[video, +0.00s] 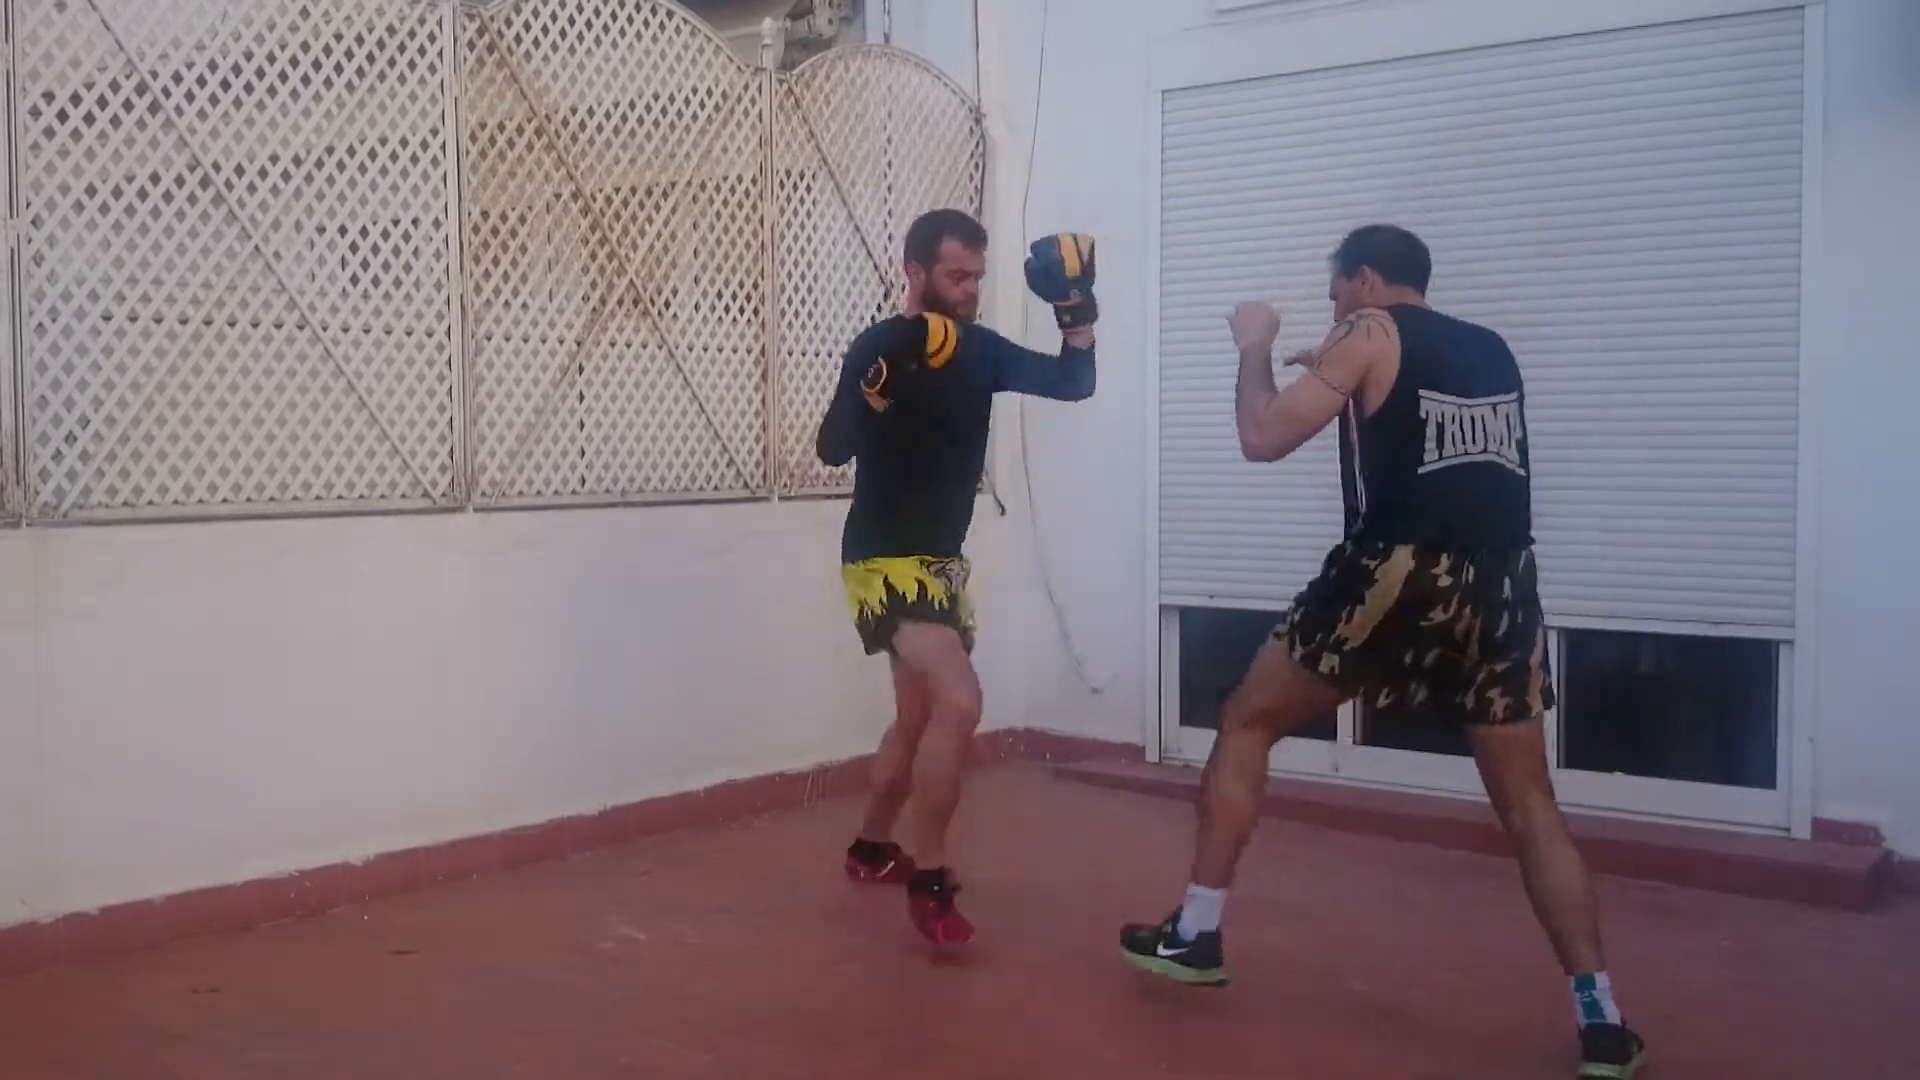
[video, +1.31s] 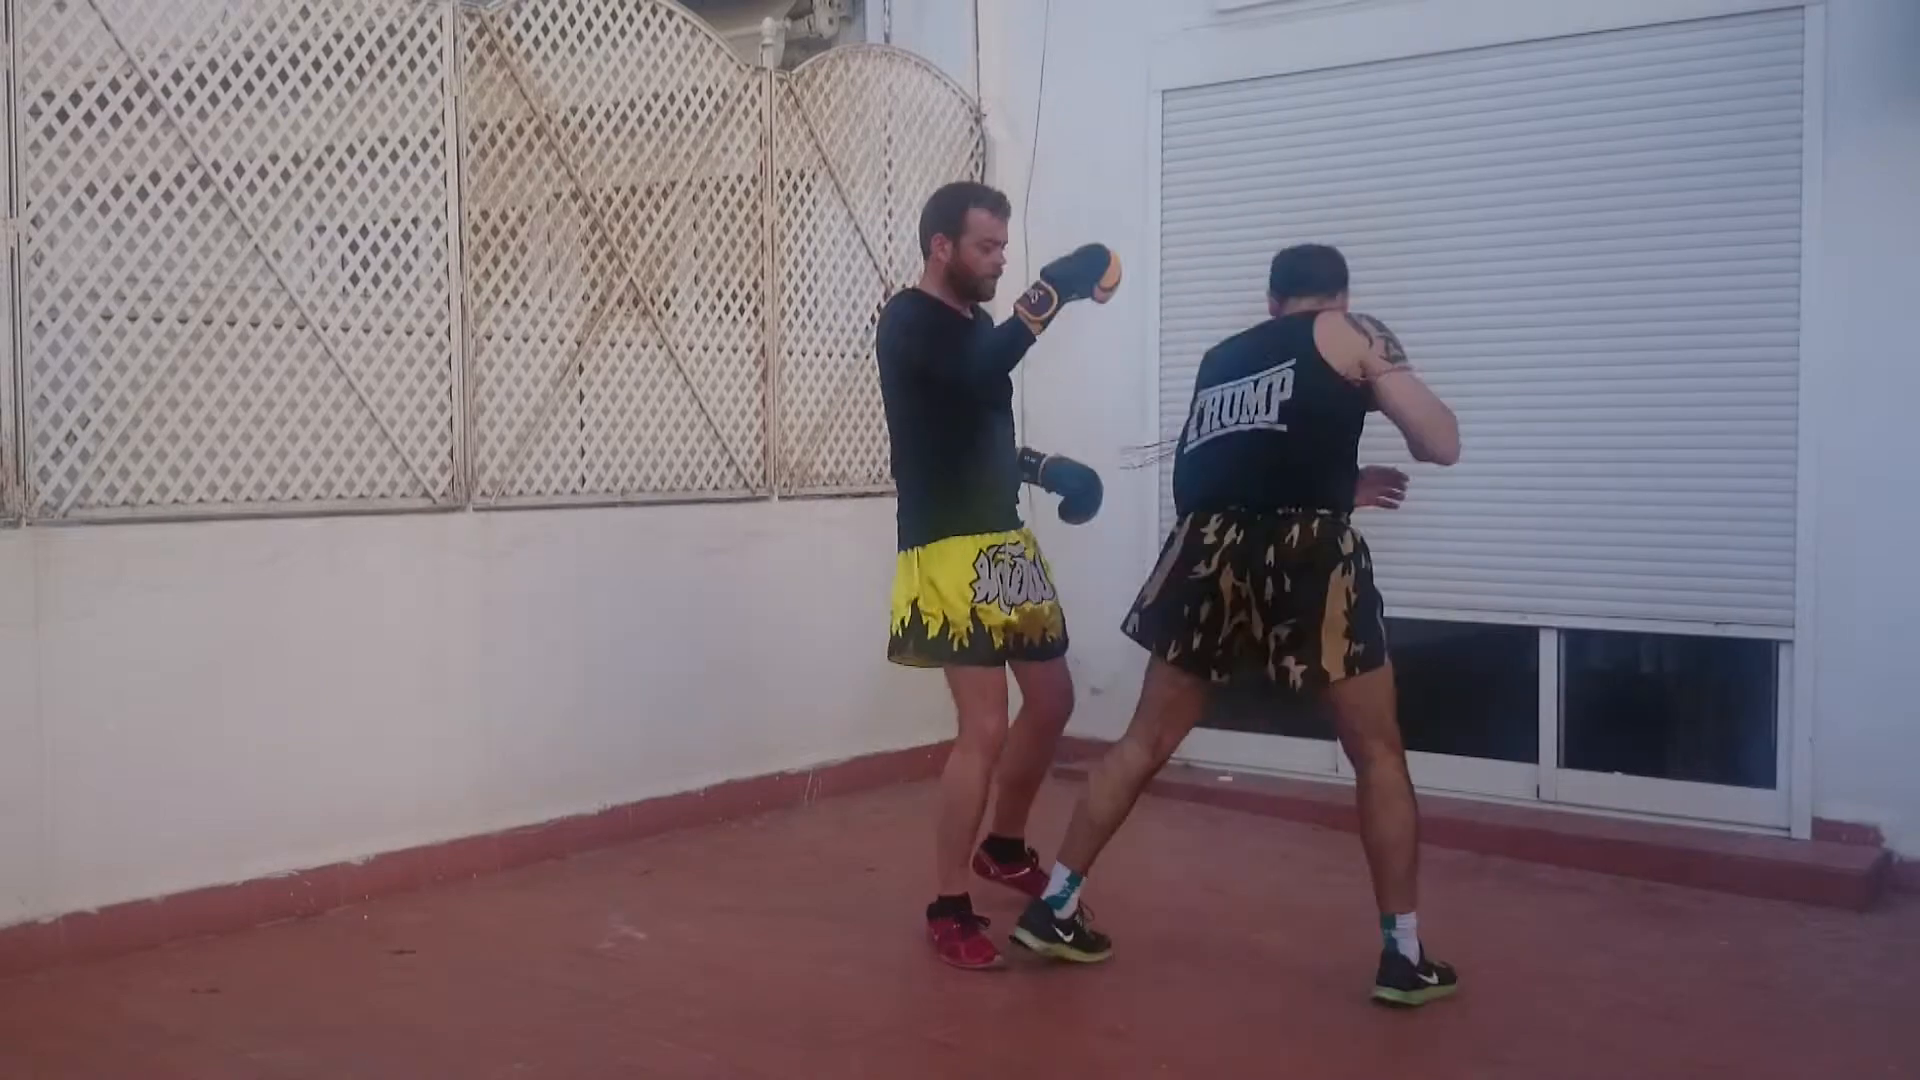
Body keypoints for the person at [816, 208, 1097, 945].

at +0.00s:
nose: (970, 289)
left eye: (977, 276)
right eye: (957, 276)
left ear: (981, 276)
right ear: (914, 274)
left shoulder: (985, 350)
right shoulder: (877, 348)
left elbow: (1073, 379)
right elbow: (833, 447)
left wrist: (1075, 314)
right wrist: (876, 385)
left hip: (942, 557)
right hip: (884, 554)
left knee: (915, 721)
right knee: (959, 701)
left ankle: (872, 849)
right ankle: (928, 877)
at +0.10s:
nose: (965, 284)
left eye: (971, 272)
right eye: (952, 271)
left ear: (972, 273)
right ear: (907, 269)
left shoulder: (974, 348)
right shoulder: (866, 345)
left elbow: (1060, 374)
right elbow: (807, 451)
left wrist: (1098, 312)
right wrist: (849, 381)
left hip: (971, 555)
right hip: (904, 562)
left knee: (1003, 718)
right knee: (967, 730)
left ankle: (917, 814)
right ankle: (950, 908)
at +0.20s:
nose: (950, 283)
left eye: (957, 270)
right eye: (939, 268)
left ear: (955, 273)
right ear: (891, 263)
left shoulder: (954, 339)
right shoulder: (851, 350)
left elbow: (1014, 370)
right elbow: (840, 436)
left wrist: (1106, 356)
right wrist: (881, 364)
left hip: (996, 541)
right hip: (920, 562)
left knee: (1088, 690)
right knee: (969, 736)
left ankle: (1028, 798)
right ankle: (949, 911)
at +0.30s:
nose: (948, 275)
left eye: (953, 262)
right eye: (937, 260)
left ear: (946, 263)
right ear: (890, 256)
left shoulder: (943, 331)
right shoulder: (846, 348)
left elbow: (984, 387)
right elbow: (872, 431)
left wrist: (1035, 404)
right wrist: (920, 334)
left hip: (1015, 529)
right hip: (935, 556)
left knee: (1124, 668)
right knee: (968, 740)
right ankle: (949, 911)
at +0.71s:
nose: (949, 287)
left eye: (952, 275)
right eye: (937, 273)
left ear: (935, 272)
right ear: (889, 270)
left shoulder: (950, 344)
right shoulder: (867, 367)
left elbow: (1013, 397)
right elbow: (961, 405)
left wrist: (1112, 391)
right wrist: (986, 300)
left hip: (1034, 545)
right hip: (961, 571)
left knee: (1114, 703)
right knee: (991, 755)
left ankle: (1151, 863)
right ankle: (952, 910)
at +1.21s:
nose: (1001, 279)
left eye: (1004, 266)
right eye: (988, 263)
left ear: (969, 260)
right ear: (942, 253)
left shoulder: (960, 334)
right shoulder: (911, 323)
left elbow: (976, 460)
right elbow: (1015, 343)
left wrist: (1059, 483)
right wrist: (1048, 253)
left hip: (1015, 543)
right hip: (959, 555)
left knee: (1073, 707)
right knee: (992, 736)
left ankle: (1086, 875)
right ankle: (953, 909)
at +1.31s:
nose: (1000, 260)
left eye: (1003, 248)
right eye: (987, 246)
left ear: (984, 250)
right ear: (940, 245)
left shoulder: (969, 327)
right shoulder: (909, 317)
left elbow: (974, 444)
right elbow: (976, 369)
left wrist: (1044, 469)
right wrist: (1051, 288)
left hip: (1003, 535)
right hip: (947, 543)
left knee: (1051, 700)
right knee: (983, 723)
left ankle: (1002, 845)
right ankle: (948, 906)